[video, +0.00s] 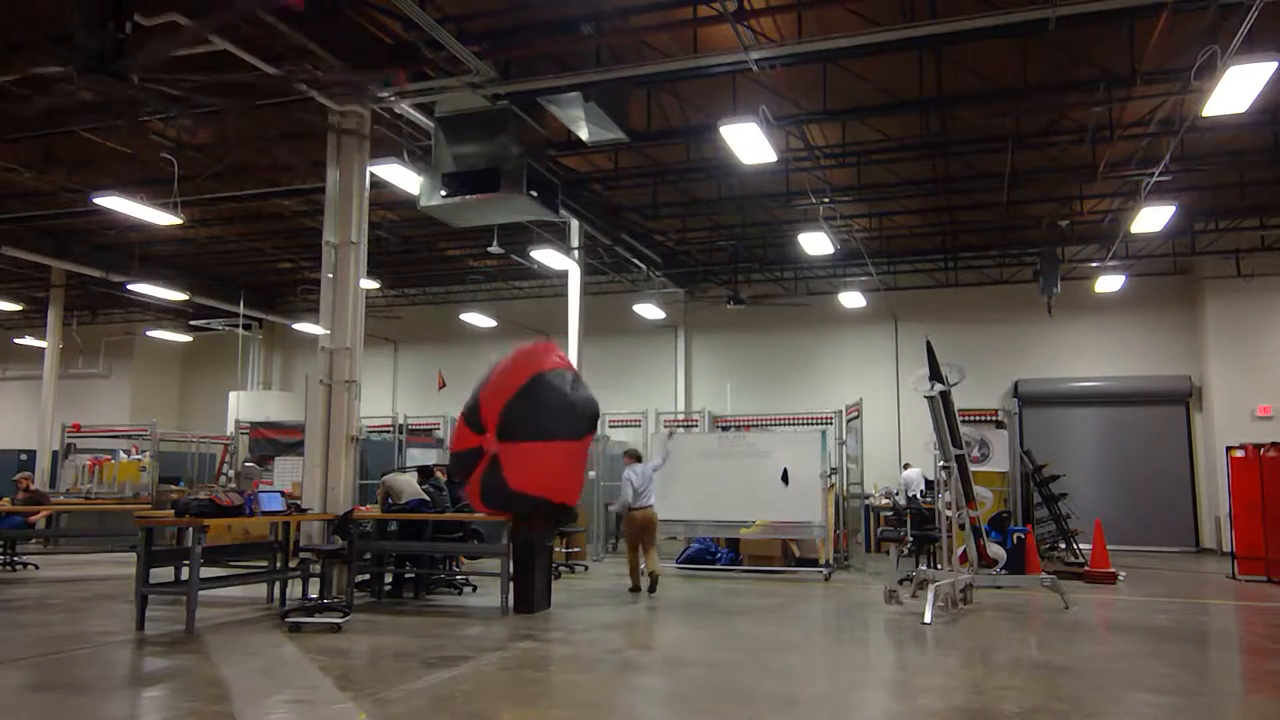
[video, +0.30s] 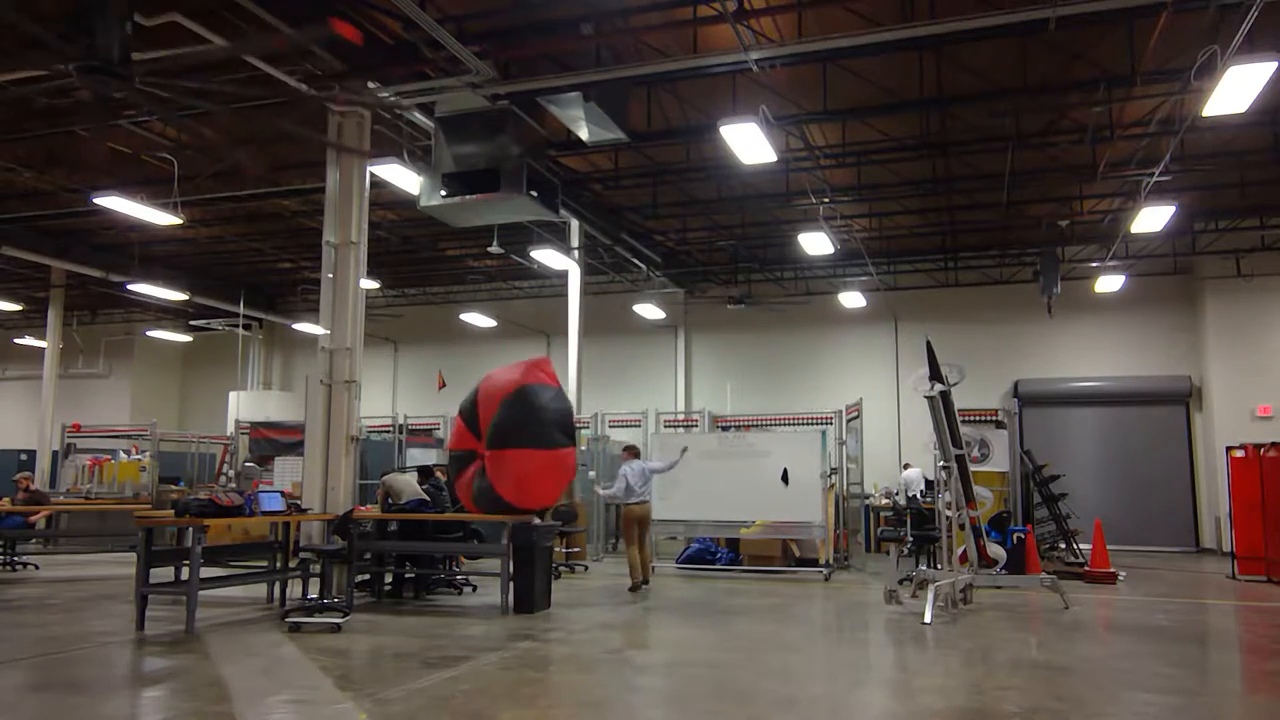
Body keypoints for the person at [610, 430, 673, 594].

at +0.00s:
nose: (624, 461)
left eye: (625, 458)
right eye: (624, 458)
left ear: (630, 459)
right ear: (637, 458)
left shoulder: (627, 473)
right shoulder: (648, 468)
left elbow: (627, 498)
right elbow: (662, 459)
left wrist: (615, 507)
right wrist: (667, 442)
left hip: (634, 512)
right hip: (649, 510)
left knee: (632, 550)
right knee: (649, 546)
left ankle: (635, 583)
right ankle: (653, 571)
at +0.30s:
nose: (622, 456)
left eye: (624, 454)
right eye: (623, 454)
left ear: (630, 454)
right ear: (635, 454)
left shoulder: (624, 469)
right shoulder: (645, 465)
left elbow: (618, 491)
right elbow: (665, 467)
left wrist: (601, 492)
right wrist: (680, 456)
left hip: (630, 507)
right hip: (645, 505)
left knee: (632, 545)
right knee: (643, 544)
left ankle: (636, 579)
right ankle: (646, 577)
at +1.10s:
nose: (617, 458)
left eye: (619, 455)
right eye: (618, 455)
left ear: (626, 457)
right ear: (630, 459)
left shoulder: (619, 470)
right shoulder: (636, 472)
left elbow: (604, 484)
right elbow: (649, 487)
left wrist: (590, 472)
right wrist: (665, 495)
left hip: (618, 509)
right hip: (632, 509)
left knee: (613, 545)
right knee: (627, 544)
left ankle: (617, 579)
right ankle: (639, 575)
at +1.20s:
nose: (617, 458)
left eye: (619, 456)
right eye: (618, 455)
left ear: (625, 458)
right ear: (629, 459)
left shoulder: (619, 471)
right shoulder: (636, 473)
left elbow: (602, 485)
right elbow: (646, 488)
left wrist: (590, 474)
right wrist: (656, 495)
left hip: (618, 510)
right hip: (632, 509)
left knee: (612, 545)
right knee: (627, 544)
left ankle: (617, 579)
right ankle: (639, 574)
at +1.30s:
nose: (618, 459)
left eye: (619, 456)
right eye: (618, 456)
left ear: (625, 457)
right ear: (631, 458)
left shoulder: (621, 472)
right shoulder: (637, 472)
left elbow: (604, 486)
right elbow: (641, 488)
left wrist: (591, 477)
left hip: (619, 508)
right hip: (633, 508)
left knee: (614, 545)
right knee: (629, 544)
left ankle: (617, 579)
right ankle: (639, 575)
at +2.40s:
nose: (631, 463)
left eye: (632, 461)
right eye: (631, 461)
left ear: (636, 460)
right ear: (645, 460)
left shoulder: (635, 472)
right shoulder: (653, 472)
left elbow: (627, 491)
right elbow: (668, 487)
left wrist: (610, 489)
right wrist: (684, 488)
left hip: (637, 509)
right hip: (651, 508)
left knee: (638, 545)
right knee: (644, 544)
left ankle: (645, 578)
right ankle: (640, 575)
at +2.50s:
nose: (631, 463)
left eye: (632, 460)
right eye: (631, 460)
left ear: (635, 460)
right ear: (645, 460)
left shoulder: (634, 472)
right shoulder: (653, 471)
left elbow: (626, 493)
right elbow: (668, 486)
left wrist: (610, 491)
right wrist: (683, 487)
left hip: (639, 508)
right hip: (652, 506)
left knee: (641, 545)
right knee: (645, 544)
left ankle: (645, 578)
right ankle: (641, 574)